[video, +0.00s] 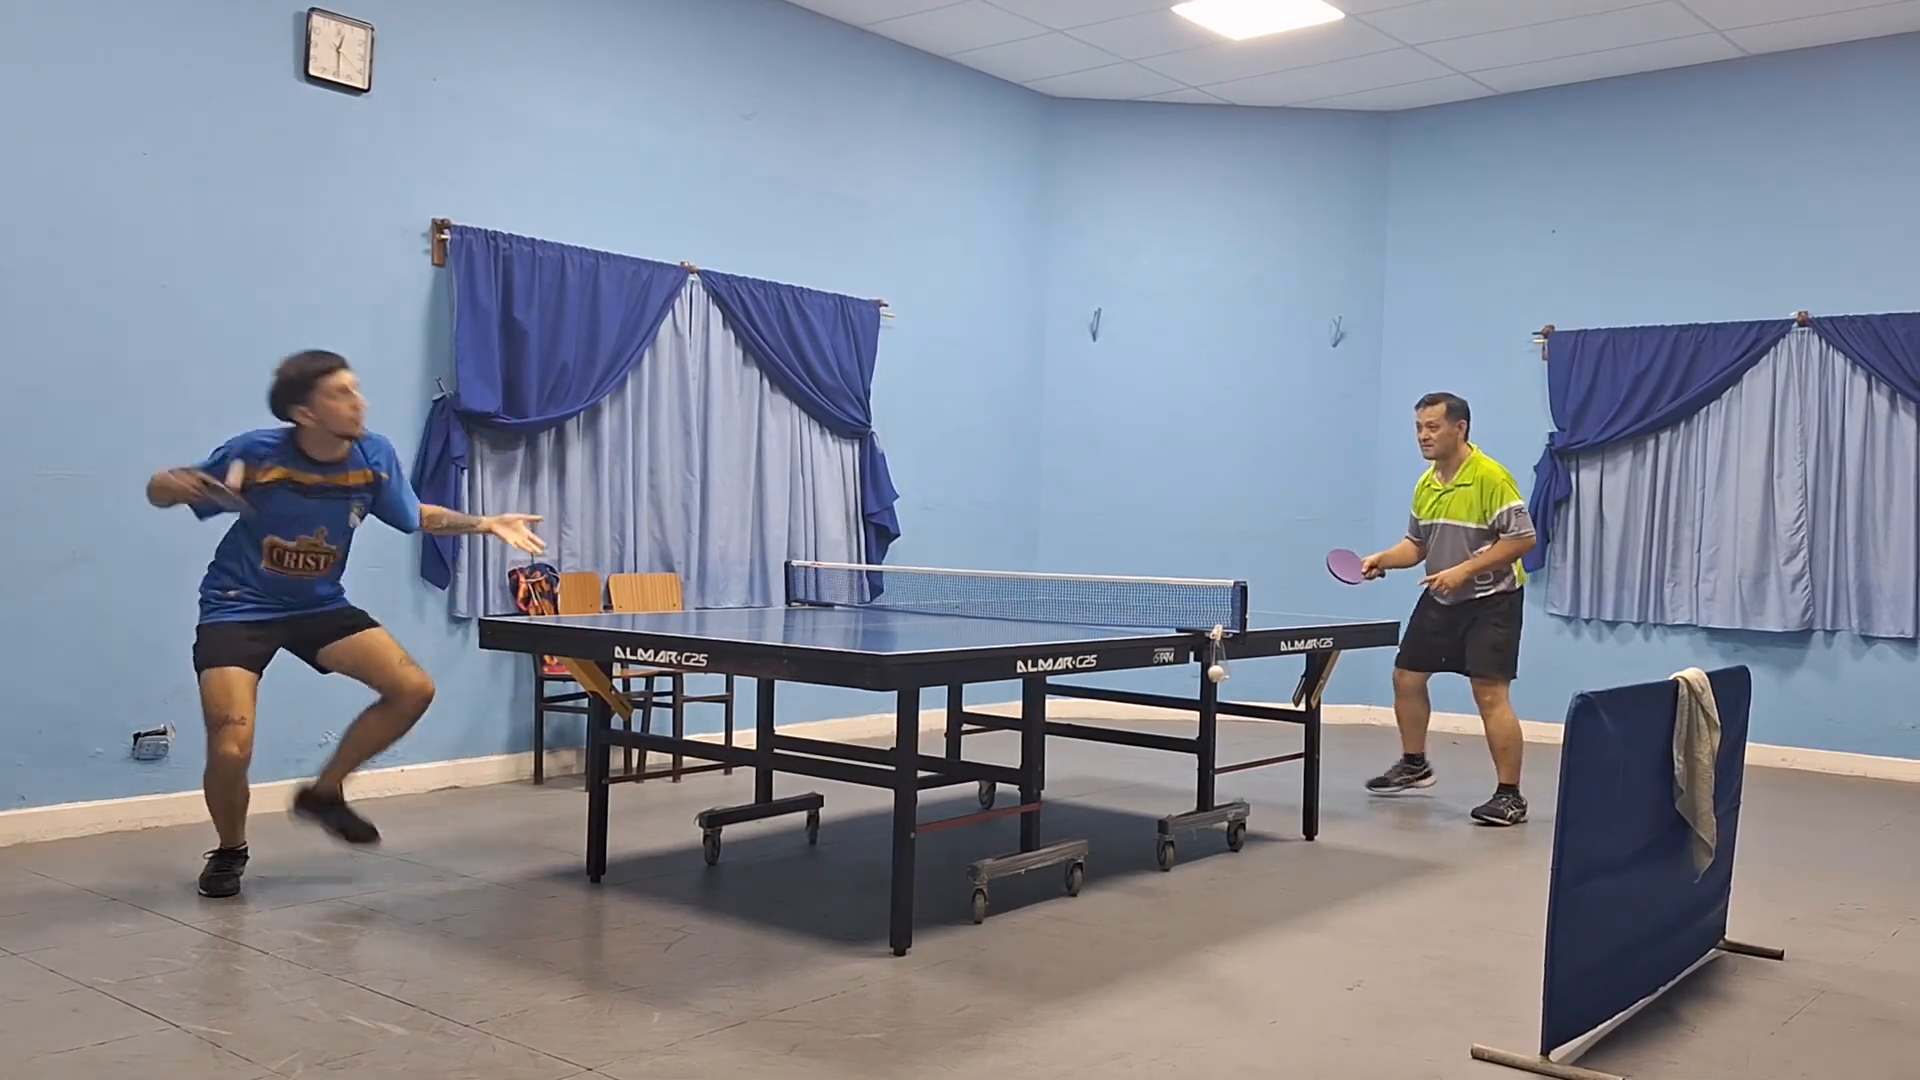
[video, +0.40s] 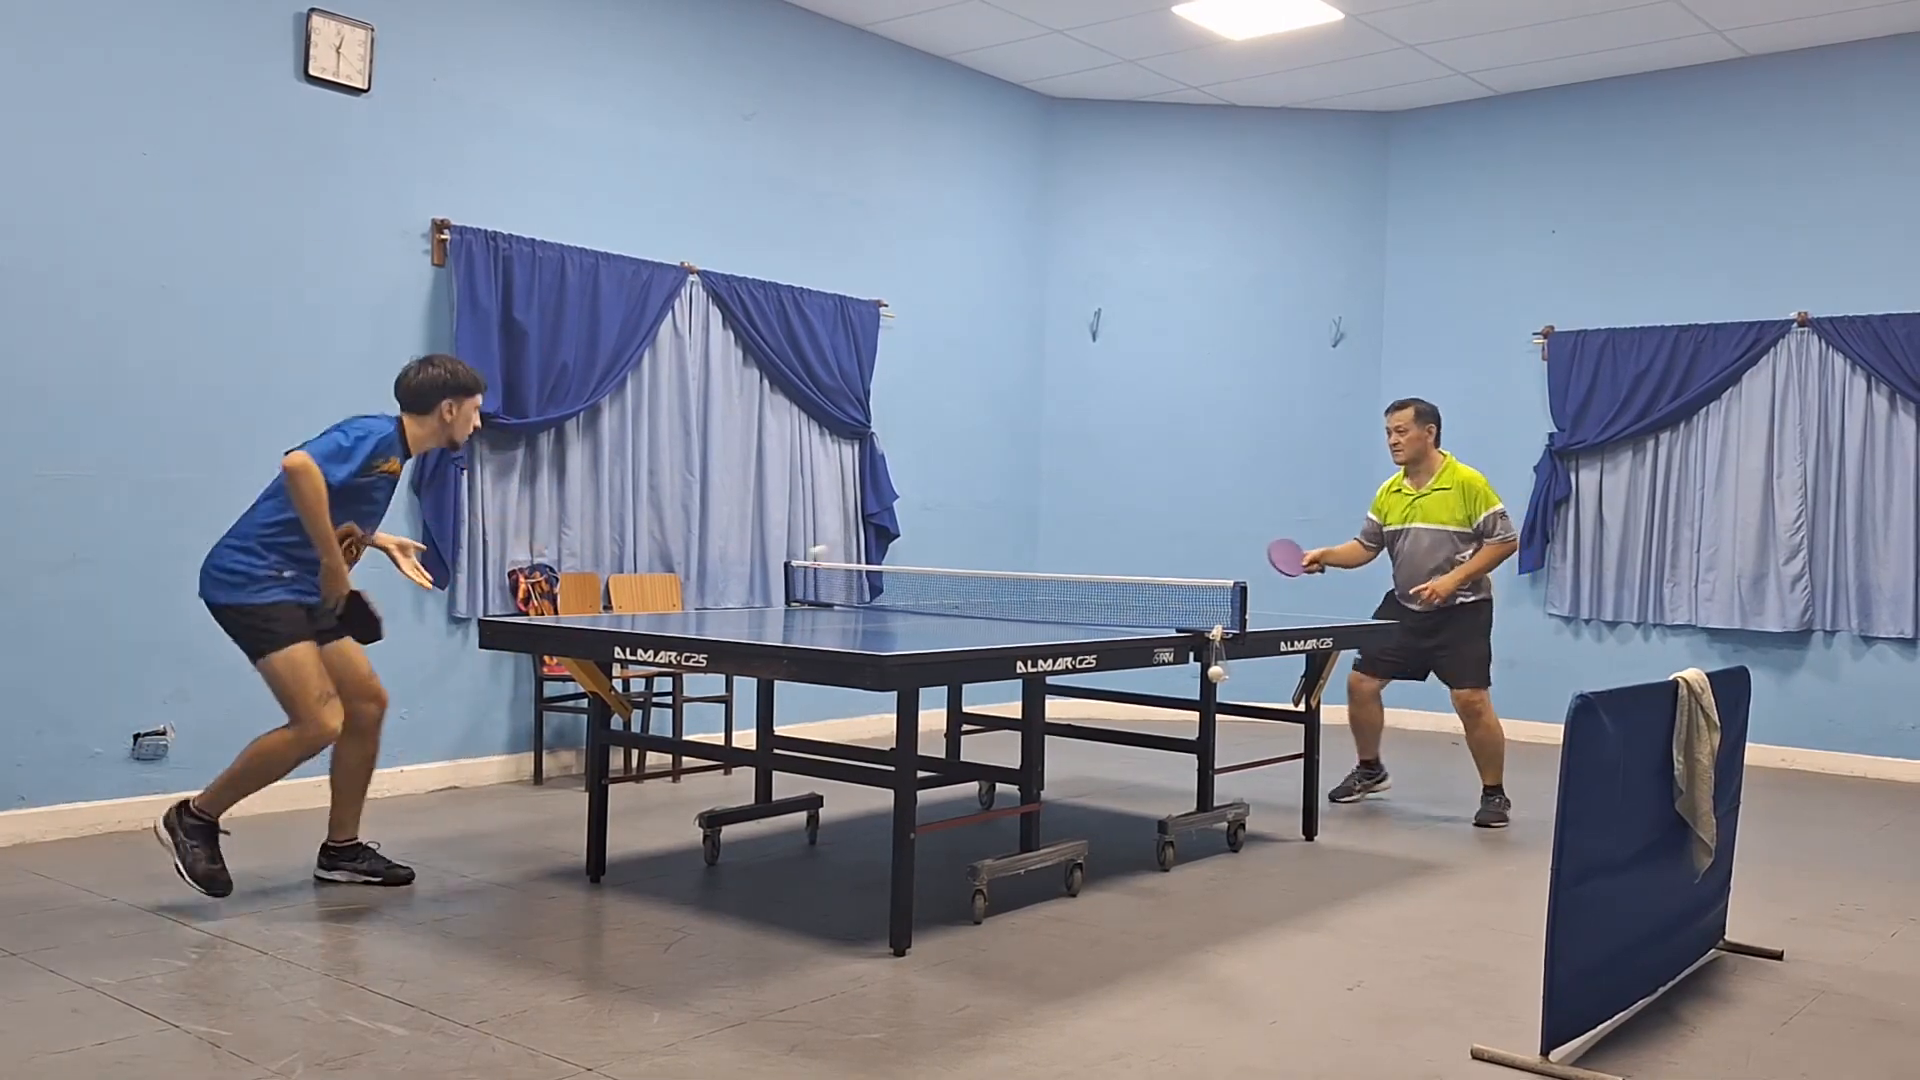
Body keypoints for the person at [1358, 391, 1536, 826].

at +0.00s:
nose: (1423, 435)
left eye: (1432, 427)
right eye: (1419, 428)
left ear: (1460, 428)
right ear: (1418, 433)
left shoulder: (1491, 477)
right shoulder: (1426, 485)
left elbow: (1522, 537)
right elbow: (1417, 544)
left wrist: (1465, 570)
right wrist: (1383, 560)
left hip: (1492, 603)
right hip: (1439, 601)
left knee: (1490, 693)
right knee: (1407, 678)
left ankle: (1509, 795)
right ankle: (1414, 764)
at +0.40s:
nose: (1392, 439)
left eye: (1400, 431)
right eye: (1389, 433)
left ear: (1430, 433)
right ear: (1389, 438)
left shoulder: (1467, 483)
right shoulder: (1390, 491)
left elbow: (1505, 540)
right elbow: (1365, 547)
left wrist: (1453, 579)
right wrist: (1325, 555)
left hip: (1461, 612)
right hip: (1404, 610)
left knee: (1470, 700)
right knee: (1361, 684)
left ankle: (1493, 793)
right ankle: (1370, 769)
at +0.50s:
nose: (1377, 442)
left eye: (1385, 433)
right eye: (1375, 435)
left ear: (1415, 434)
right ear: (1375, 440)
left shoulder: (1453, 484)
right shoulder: (1377, 493)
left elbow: (1493, 541)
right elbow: (1348, 548)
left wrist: (1446, 587)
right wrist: (1300, 558)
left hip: (1451, 613)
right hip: (1390, 611)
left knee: (1461, 703)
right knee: (1342, 685)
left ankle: (1491, 793)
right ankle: (1329, 772)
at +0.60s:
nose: (1351, 446)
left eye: (1358, 437)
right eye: (1348, 440)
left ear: (1386, 437)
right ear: (1353, 444)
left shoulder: (1428, 484)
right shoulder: (1354, 498)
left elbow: (1470, 539)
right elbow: (1324, 550)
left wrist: (1429, 590)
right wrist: (1267, 558)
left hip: (1433, 616)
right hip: (1373, 618)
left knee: (1453, 706)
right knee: (1331, 690)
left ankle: (1490, 794)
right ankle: (1289, 772)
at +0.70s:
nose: (1317, 455)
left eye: (1324, 446)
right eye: (1314, 448)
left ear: (1353, 444)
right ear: (1319, 452)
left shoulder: (1397, 488)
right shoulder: (1322, 506)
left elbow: (1441, 542)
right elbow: (1290, 557)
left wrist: (1410, 593)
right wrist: (1226, 561)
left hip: (1410, 621)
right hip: (1350, 626)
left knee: (1441, 706)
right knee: (1306, 696)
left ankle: (1488, 793)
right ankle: (1280, 782)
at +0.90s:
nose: (1255, 468)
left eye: (1261, 459)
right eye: (1253, 461)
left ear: (1290, 456)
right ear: (1275, 462)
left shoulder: (1344, 491)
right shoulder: (1267, 520)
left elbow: (1401, 532)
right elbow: (1229, 565)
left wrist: (1392, 592)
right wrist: (1169, 568)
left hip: (1374, 616)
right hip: (1314, 623)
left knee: (1422, 701)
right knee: (1277, 689)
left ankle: (1470, 787)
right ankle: (1276, 783)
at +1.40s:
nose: (1272, 462)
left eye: (1281, 454)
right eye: (1268, 456)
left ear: (1309, 458)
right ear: (1267, 464)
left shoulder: (1355, 498)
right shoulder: (1269, 524)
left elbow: (1404, 539)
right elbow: (1242, 575)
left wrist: (1390, 595)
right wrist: (1207, 581)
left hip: (1374, 617)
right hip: (1312, 625)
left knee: (1426, 700)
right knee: (1277, 689)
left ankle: (1474, 773)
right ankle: (1273, 783)